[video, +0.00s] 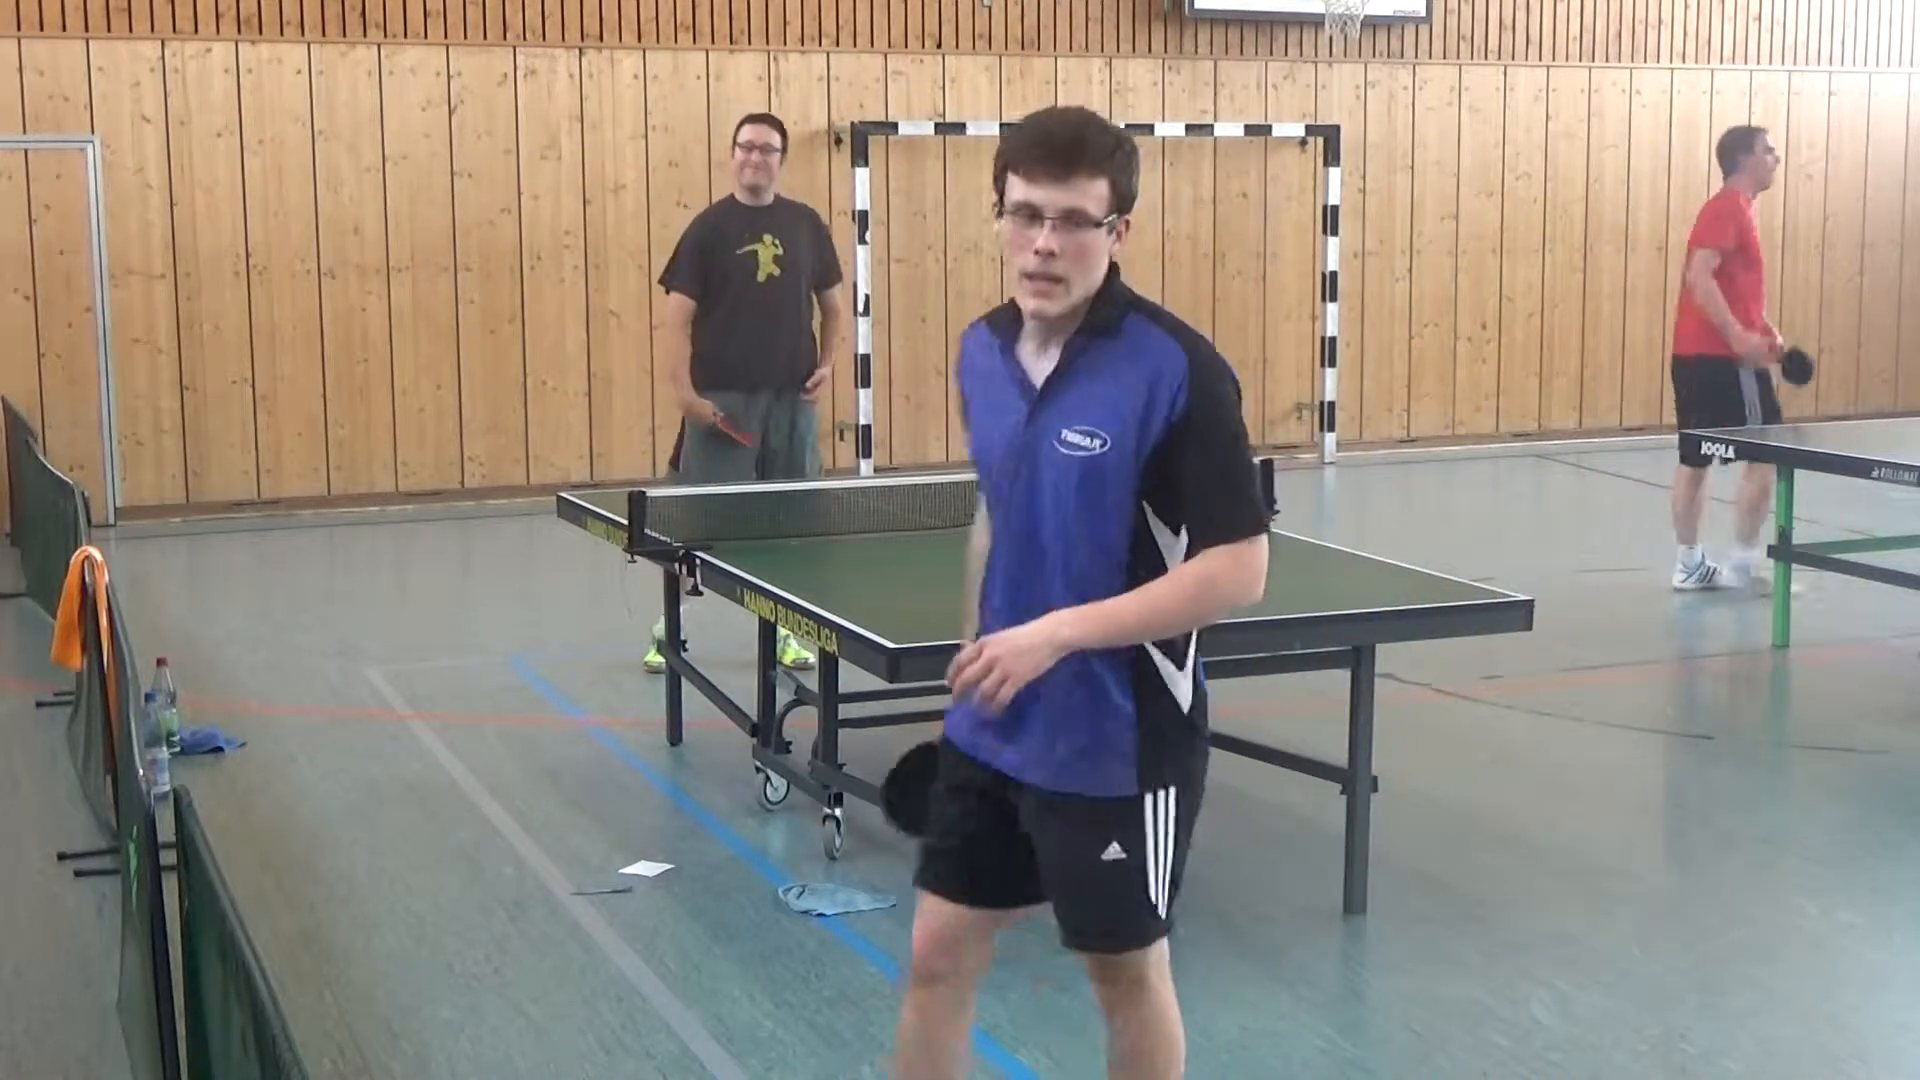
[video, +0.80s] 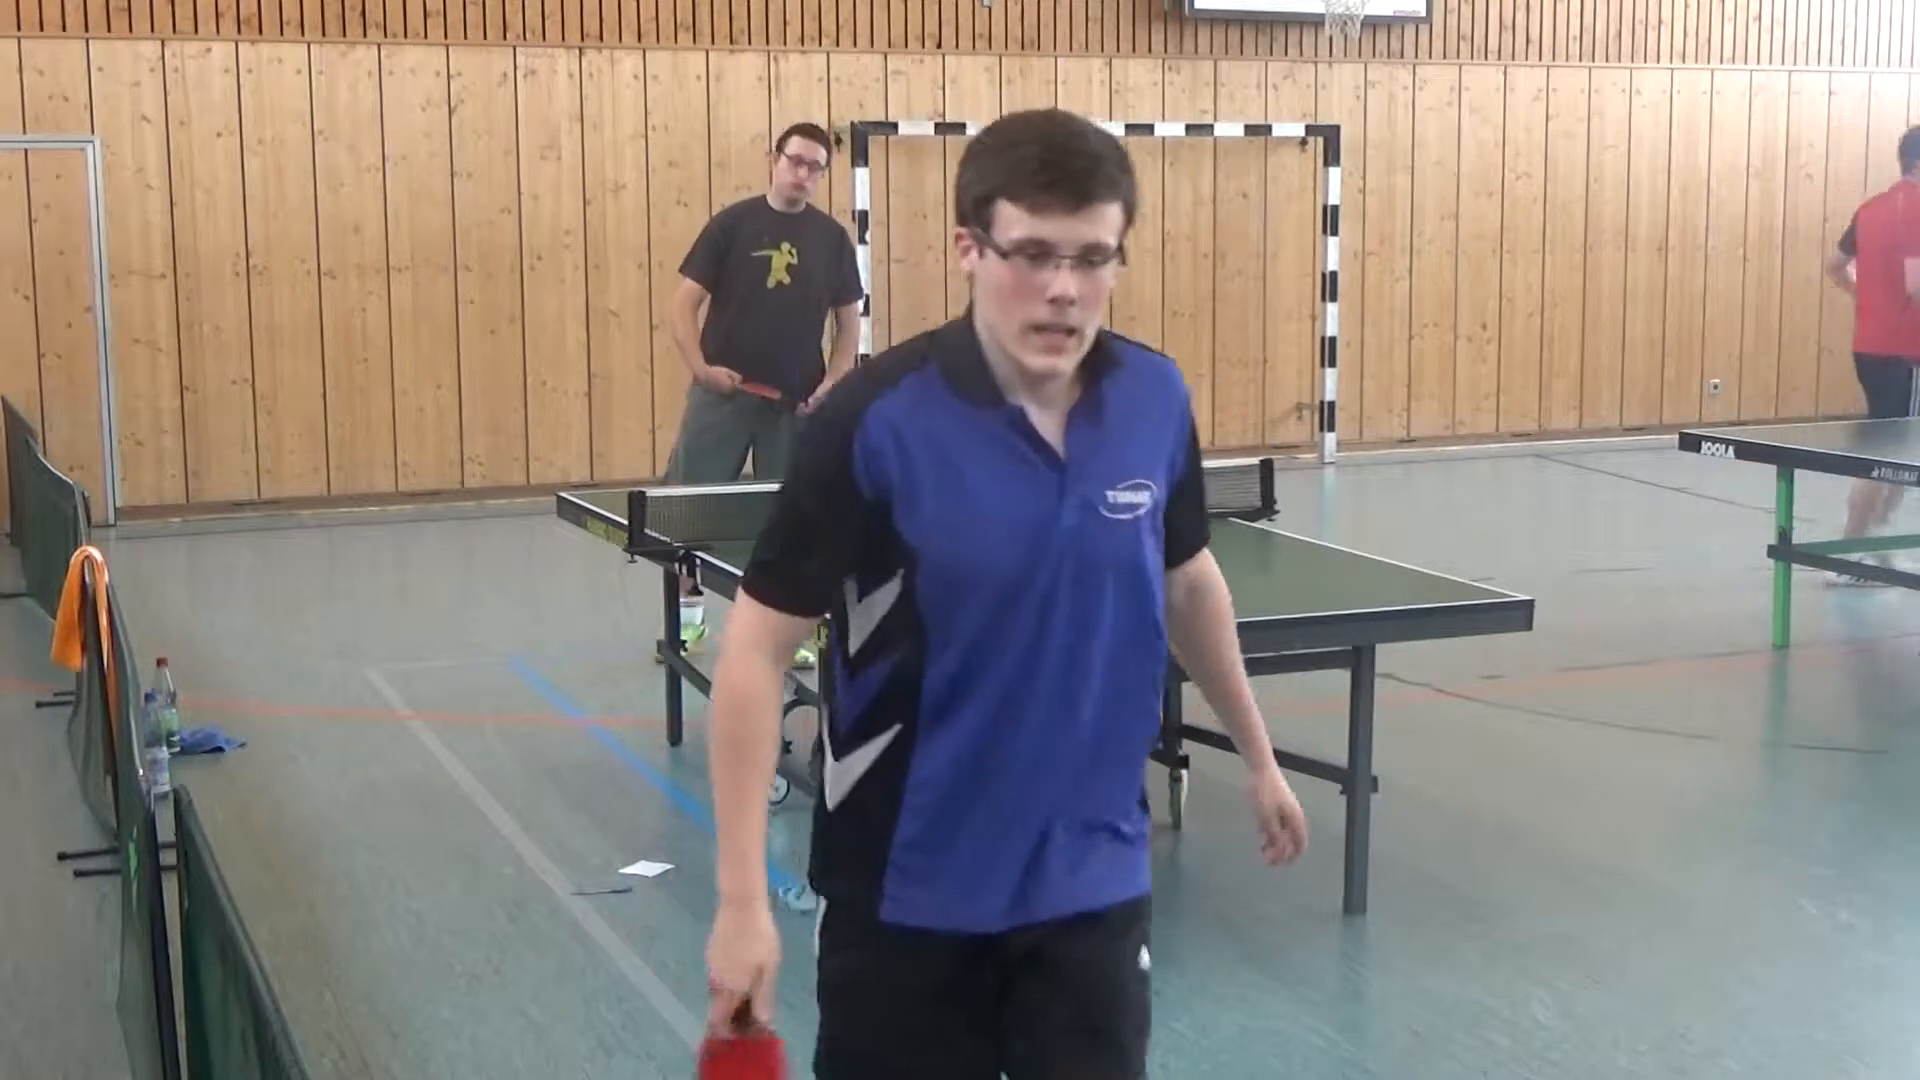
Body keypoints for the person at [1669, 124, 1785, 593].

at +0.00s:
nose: (1777, 159)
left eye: (1773, 151)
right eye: (1769, 151)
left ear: (1745, 161)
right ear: (1747, 159)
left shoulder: (1734, 210)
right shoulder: (1729, 209)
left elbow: (1733, 285)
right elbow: (1698, 275)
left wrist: (1764, 329)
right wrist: (1737, 336)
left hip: (1697, 355)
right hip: (1726, 357)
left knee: (1694, 459)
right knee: (1765, 455)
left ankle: (1689, 564)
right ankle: (1743, 564)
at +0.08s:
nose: (1787, 163)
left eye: (1785, 155)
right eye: (1781, 155)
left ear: (1745, 164)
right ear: (1760, 162)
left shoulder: (1720, 210)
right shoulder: (1748, 209)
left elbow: (1724, 287)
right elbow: (1727, 278)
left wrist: (1780, 341)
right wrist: (1773, 336)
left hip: (1701, 360)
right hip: (1742, 360)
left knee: (1693, 460)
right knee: (1776, 461)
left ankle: (1690, 564)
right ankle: (1797, 564)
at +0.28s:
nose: (1824, 169)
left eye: (1822, 160)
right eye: (1821, 161)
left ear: (1777, 169)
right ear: (1808, 167)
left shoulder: (1748, 215)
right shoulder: (1804, 215)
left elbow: (1759, 293)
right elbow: (1799, 291)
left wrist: (1827, 328)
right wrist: (1836, 335)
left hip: (1737, 366)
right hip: (1787, 370)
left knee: (1716, 463)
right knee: (1811, 467)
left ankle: (1695, 563)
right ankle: (1839, 557)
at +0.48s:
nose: (1877, 164)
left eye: (1874, 157)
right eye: (1874, 158)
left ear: (1829, 165)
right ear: (1865, 165)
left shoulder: (1799, 208)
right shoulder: (1864, 212)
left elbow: (1781, 277)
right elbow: (1855, 293)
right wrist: (1890, 334)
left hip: (1793, 357)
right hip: (1841, 359)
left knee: (1775, 450)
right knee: (1853, 461)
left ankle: (1718, 535)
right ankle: (1844, 560)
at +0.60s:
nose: (1906, 161)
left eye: (1904, 154)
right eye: (1904, 155)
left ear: (1857, 162)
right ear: (1895, 162)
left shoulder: (1826, 207)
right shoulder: (1890, 213)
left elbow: (1800, 274)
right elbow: (1886, 291)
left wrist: (1835, 309)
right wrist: (1915, 319)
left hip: (1825, 350)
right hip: (1867, 355)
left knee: (1821, 449)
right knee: (1862, 462)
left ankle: (1758, 513)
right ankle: (1848, 561)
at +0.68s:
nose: (1919, 165)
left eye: (1918, 156)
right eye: (1918, 157)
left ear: (1875, 160)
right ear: (1909, 161)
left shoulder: (1842, 208)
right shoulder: (1903, 211)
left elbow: (1808, 271)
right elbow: (1902, 288)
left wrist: (1836, 306)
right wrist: (1919, 308)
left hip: (1842, 346)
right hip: (1879, 349)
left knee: (1859, 443)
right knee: (1869, 454)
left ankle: (1796, 508)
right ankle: (1851, 555)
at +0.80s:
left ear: (1901, 160)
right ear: (1919, 160)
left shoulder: (1873, 206)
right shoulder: (1913, 206)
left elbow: (1835, 265)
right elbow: (1911, 279)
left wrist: (1867, 296)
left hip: (1870, 346)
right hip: (1902, 348)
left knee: (1902, 450)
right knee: (1882, 453)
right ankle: (1848, 552)